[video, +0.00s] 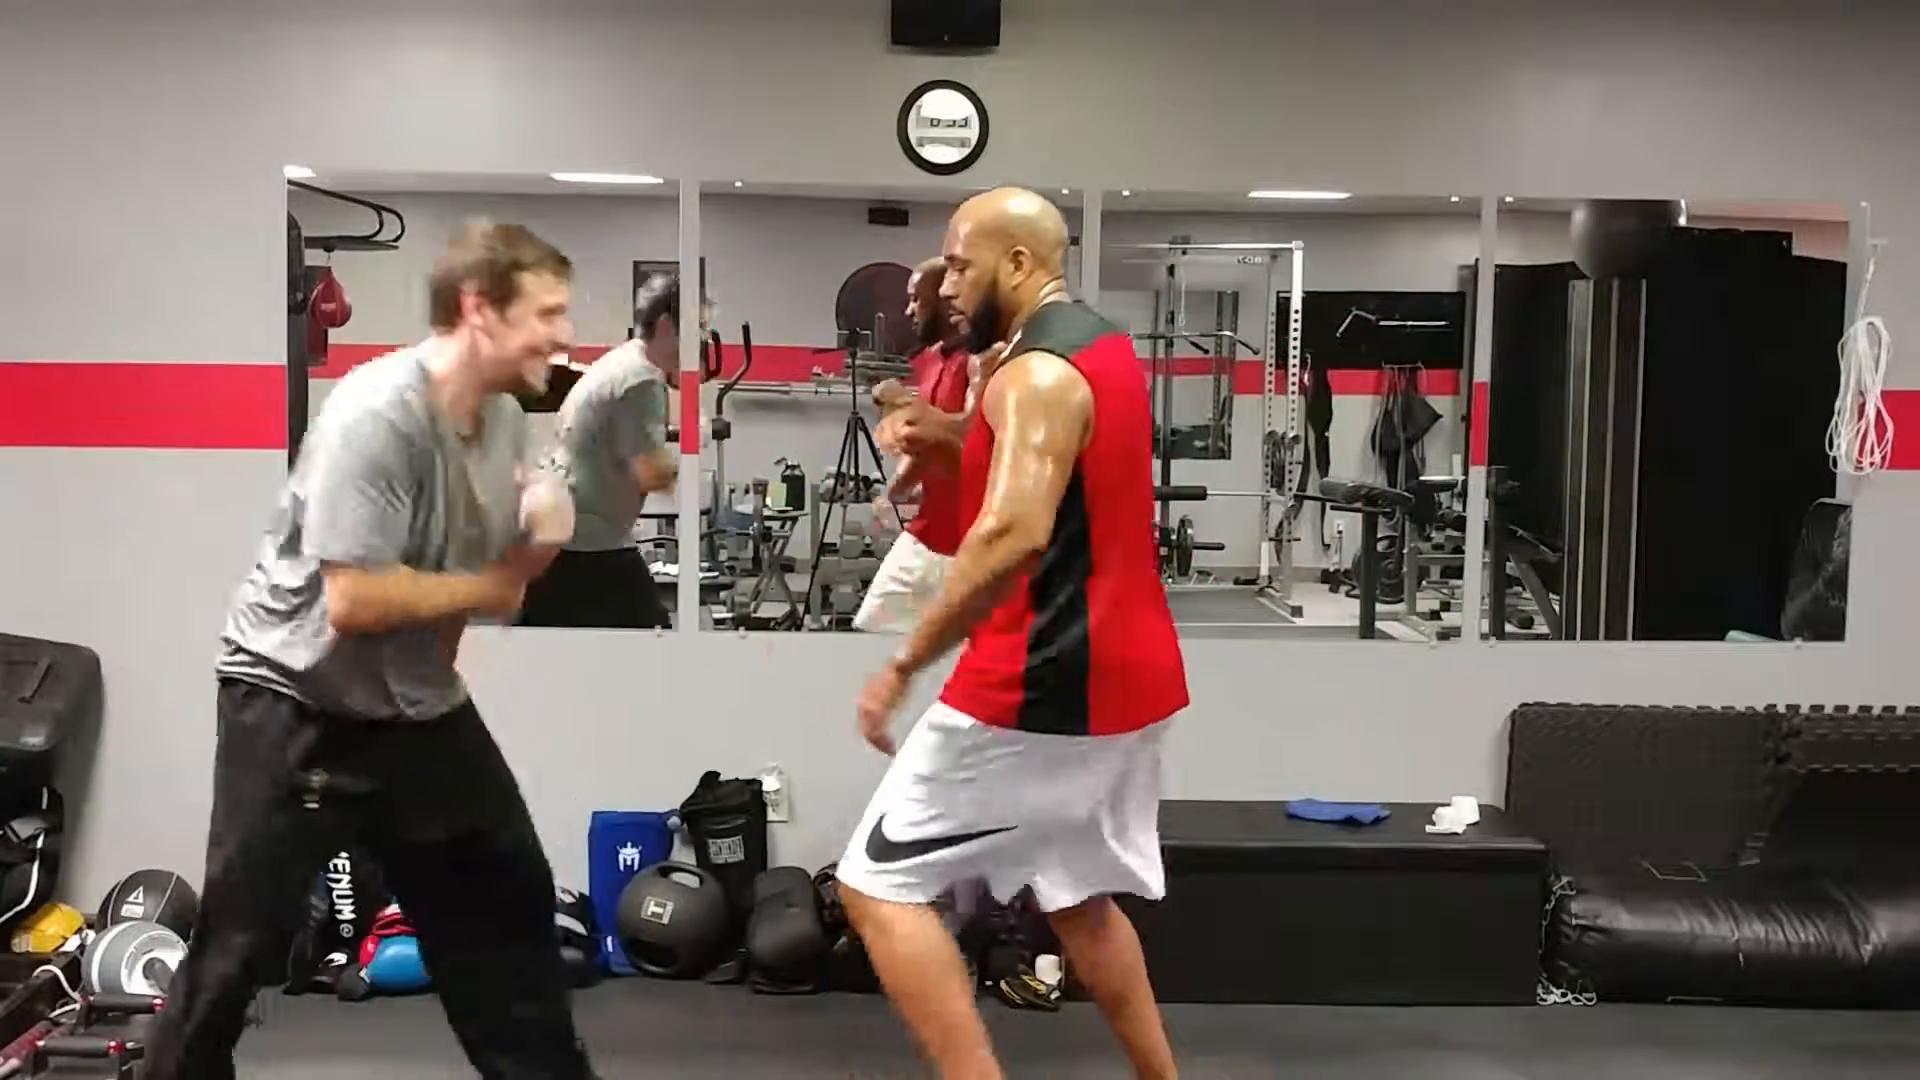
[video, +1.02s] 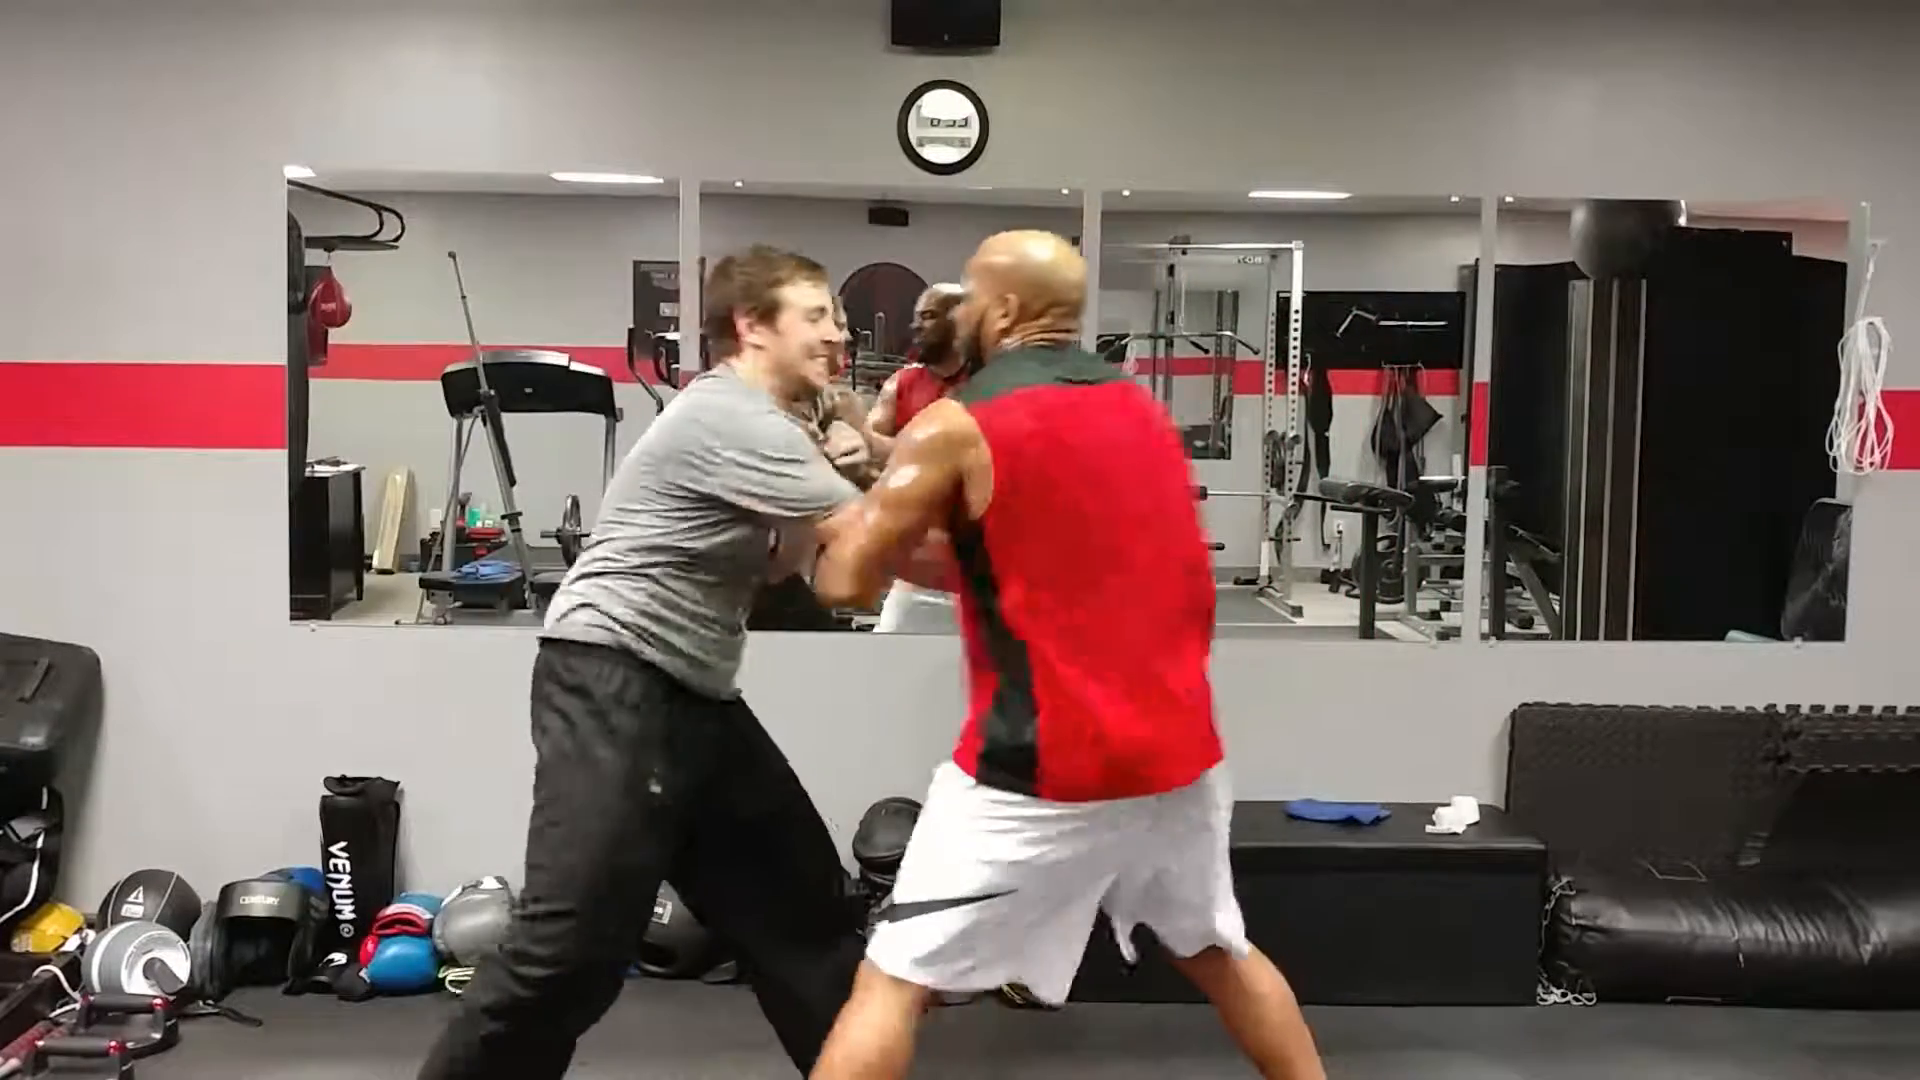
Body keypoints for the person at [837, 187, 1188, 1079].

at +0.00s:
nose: (945, 284)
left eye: (957, 264)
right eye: (945, 265)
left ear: (1017, 266)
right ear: (1034, 267)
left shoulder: (1038, 373)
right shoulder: (1104, 351)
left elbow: (1014, 530)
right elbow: (1070, 500)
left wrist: (904, 665)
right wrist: (952, 443)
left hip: (1035, 673)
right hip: (1129, 668)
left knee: (877, 885)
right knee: (1077, 892)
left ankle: (974, 1073)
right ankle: (1161, 1071)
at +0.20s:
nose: (947, 276)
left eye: (960, 258)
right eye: (949, 258)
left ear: (1016, 261)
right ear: (1035, 262)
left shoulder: (1031, 372)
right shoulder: (1110, 344)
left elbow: (1046, 560)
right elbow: (1098, 507)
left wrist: (968, 704)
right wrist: (969, 486)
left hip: (1049, 708)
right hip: (1134, 694)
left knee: (957, 933)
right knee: (1091, 907)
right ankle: (1160, 1071)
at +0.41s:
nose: (968, 265)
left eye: (981, 245)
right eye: (970, 246)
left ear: (1040, 251)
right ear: (1056, 254)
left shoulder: (1053, 358)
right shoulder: (1126, 335)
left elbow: (1045, 530)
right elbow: (1036, 479)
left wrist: (944, 674)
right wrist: (927, 434)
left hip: (1078, 699)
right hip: (1179, 688)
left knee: (999, 937)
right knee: (1148, 904)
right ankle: (1230, 1071)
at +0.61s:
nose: (1037, 266)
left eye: (1053, 249)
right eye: (1040, 248)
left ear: (1109, 260)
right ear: (1128, 263)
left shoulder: (1114, 355)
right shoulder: (1175, 339)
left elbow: (1023, 478)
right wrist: (976, 414)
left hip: (1108, 693)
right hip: (1221, 676)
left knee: (980, 914)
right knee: (1230, 913)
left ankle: (1030, 1074)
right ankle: (1321, 1073)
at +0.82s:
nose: (1052, 266)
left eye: (1066, 251)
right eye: (1060, 249)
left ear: (1111, 272)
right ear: (1162, 274)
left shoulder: (1050, 395)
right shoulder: (1237, 371)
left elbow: (974, 548)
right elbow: (1162, 491)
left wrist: (977, 442)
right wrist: (1011, 419)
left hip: (1088, 701)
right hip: (1227, 698)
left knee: (955, 921)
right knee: (1248, 935)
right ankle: (1321, 1076)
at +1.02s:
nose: (960, 311)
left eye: (971, 296)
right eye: (966, 294)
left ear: (1004, 311)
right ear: (1070, 315)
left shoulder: (960, 424)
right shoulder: (1136, 403)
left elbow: (845, 578)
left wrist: (848, 524)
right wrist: (918, 546)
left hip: (1036, 757)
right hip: (1176, 743)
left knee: (894, 983)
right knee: (1217, 946)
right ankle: (1309, 1073)